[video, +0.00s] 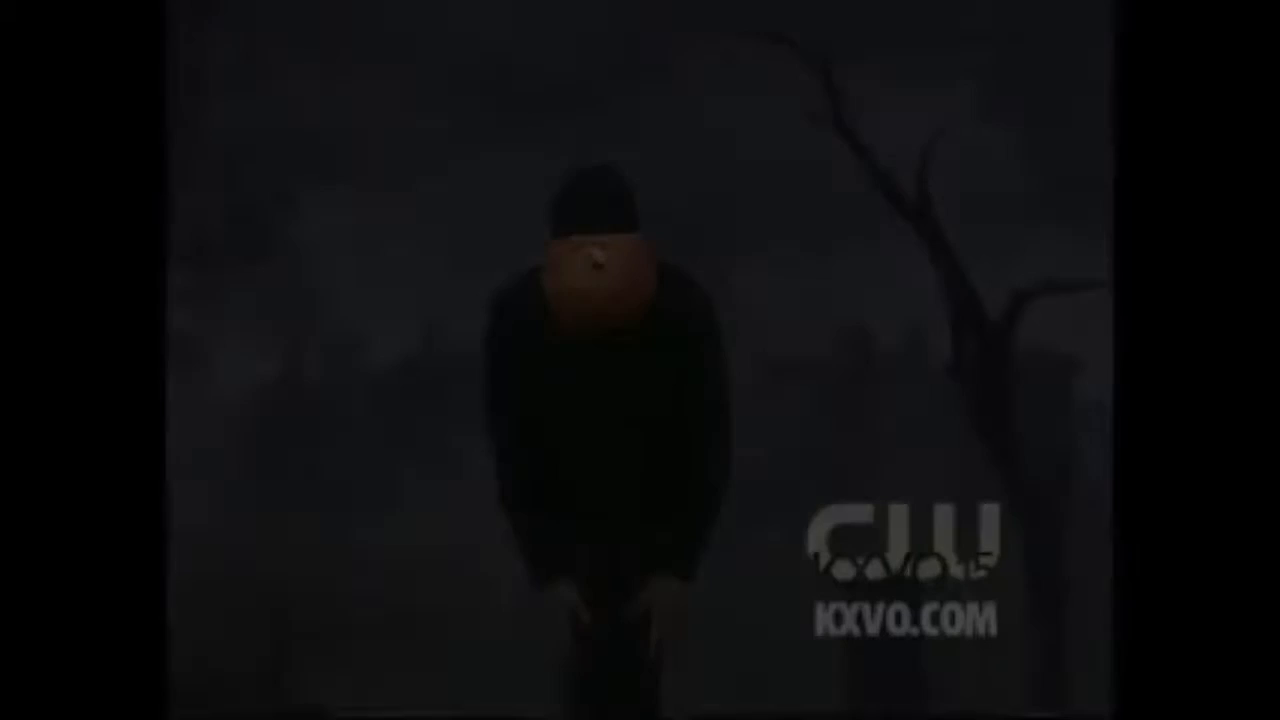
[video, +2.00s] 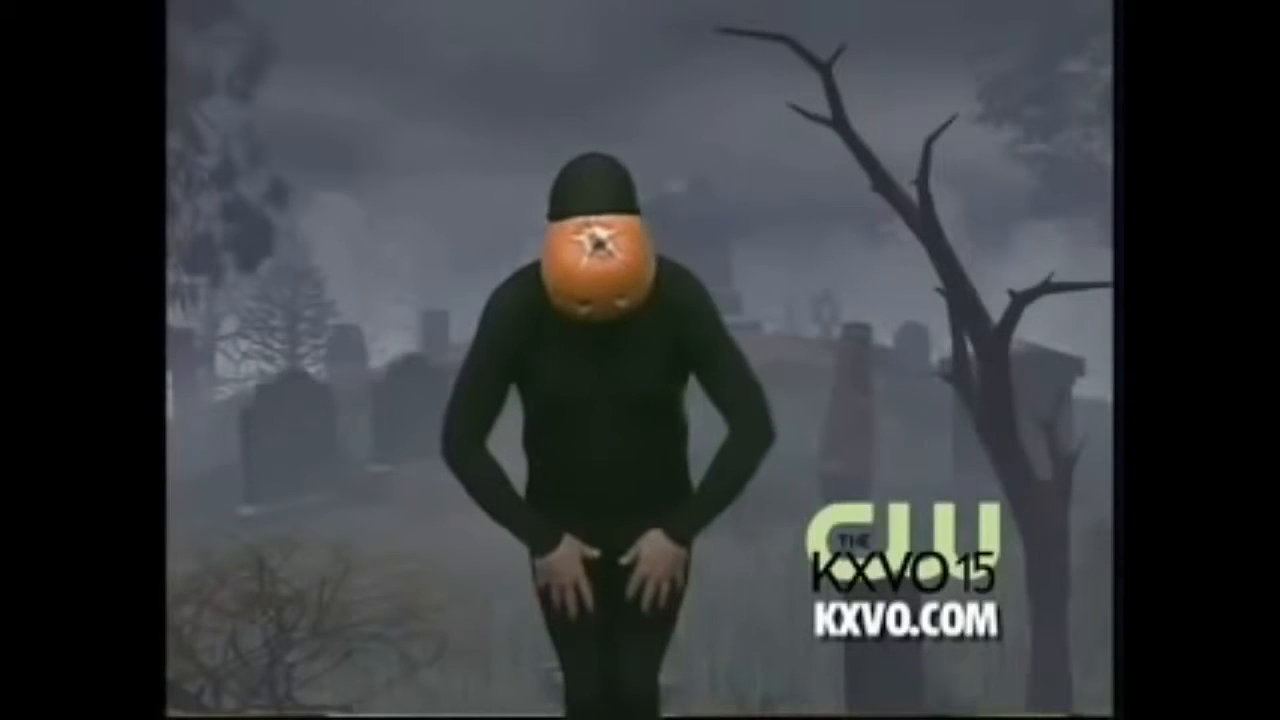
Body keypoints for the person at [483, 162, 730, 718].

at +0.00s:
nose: (599, 272)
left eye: (613, 254)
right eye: (582, 257)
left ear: (638, 251)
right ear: (555, 256)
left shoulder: (681, 310)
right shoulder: (520, 316)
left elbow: (708, 446)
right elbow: (513, 450)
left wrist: (679, 566)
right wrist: (549, 568)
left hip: (652, 515)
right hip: (564, 519)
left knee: (638, 677)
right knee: (574, 675)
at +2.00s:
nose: (597, 246)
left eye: (613, 229)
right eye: (580, 230)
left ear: (638, 230)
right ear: (553, 232)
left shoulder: (677, 298)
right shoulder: (519, 306)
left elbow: (753, 427)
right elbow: (461, 442)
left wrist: (678, 533)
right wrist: (544, 540)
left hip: (656, 520)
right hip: (560, 523)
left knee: (635, 690)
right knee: (586, 693)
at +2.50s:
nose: (599, 240)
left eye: (616, 223)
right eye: (582, 223)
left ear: (642, 226)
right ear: (556, 227)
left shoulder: (679, 293)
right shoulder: (521, 301)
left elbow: (766, 415)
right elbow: (454, 436)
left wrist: (679, 515)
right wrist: (541, 526)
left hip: (656, 535)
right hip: (562, 537)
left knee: (634, 692)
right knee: (587, 695)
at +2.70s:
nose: (602, 239)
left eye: (619, 222)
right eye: (585, 222)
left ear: (645, 223)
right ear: (558, 225)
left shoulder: (681, 292)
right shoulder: (523, 300)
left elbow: (769, 411)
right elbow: (454, 435)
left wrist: (682, 508)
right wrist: (541, 522)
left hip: (656, 536)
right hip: (562, 540)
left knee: (634, 694)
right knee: (588, 696)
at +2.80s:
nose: (602, 239)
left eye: (620, 223)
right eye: (585, 222)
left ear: (646, 225)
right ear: (558, 226)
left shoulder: (681, 292)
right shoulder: (524, 299)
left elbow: (771, 410)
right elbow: (455, 434)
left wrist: (684, 505)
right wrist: (540, 519)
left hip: (657, 534)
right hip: (563, 538)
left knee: (635, 695)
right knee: (589, 697)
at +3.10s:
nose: (605, 234)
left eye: (622, 216)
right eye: (588, 217)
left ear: (649, 223)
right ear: (561, 226)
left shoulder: (683, 292)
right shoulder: (526, 299)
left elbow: (776, 408)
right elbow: (457, 433)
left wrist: (697, 492)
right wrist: (532, 504)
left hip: (659, 533)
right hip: (563, 535)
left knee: (636, 694)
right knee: (588, 694)